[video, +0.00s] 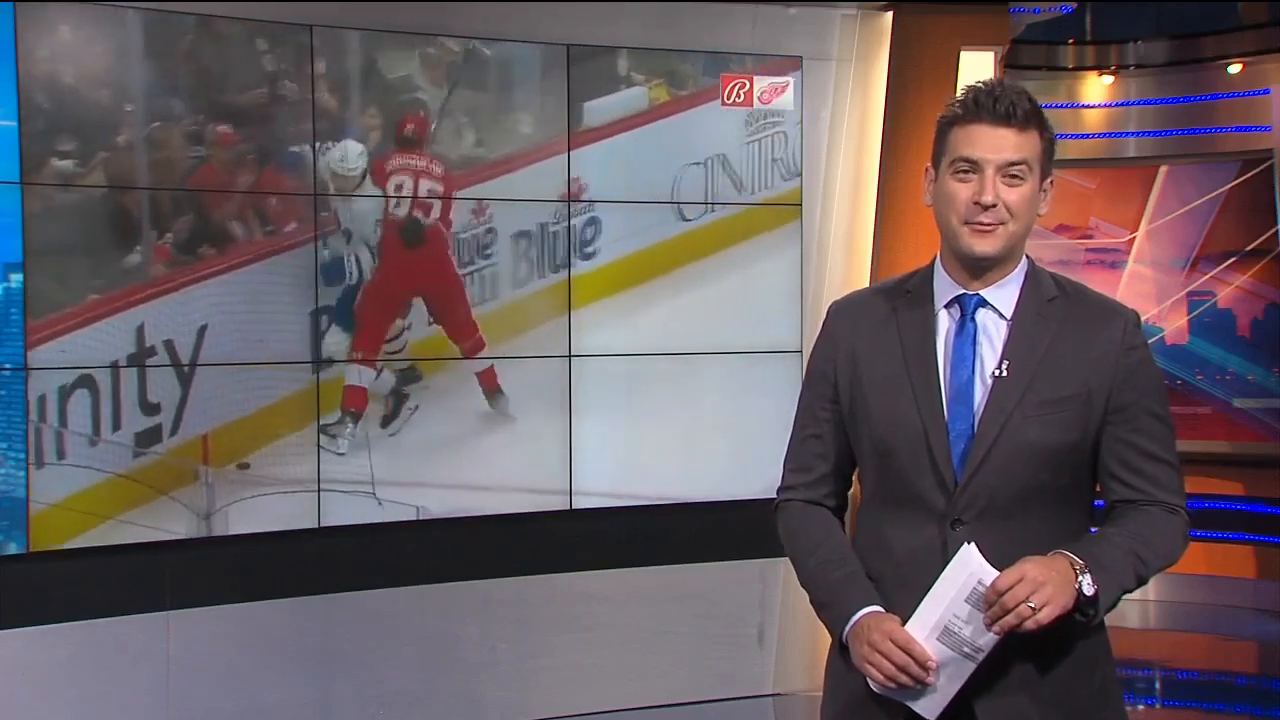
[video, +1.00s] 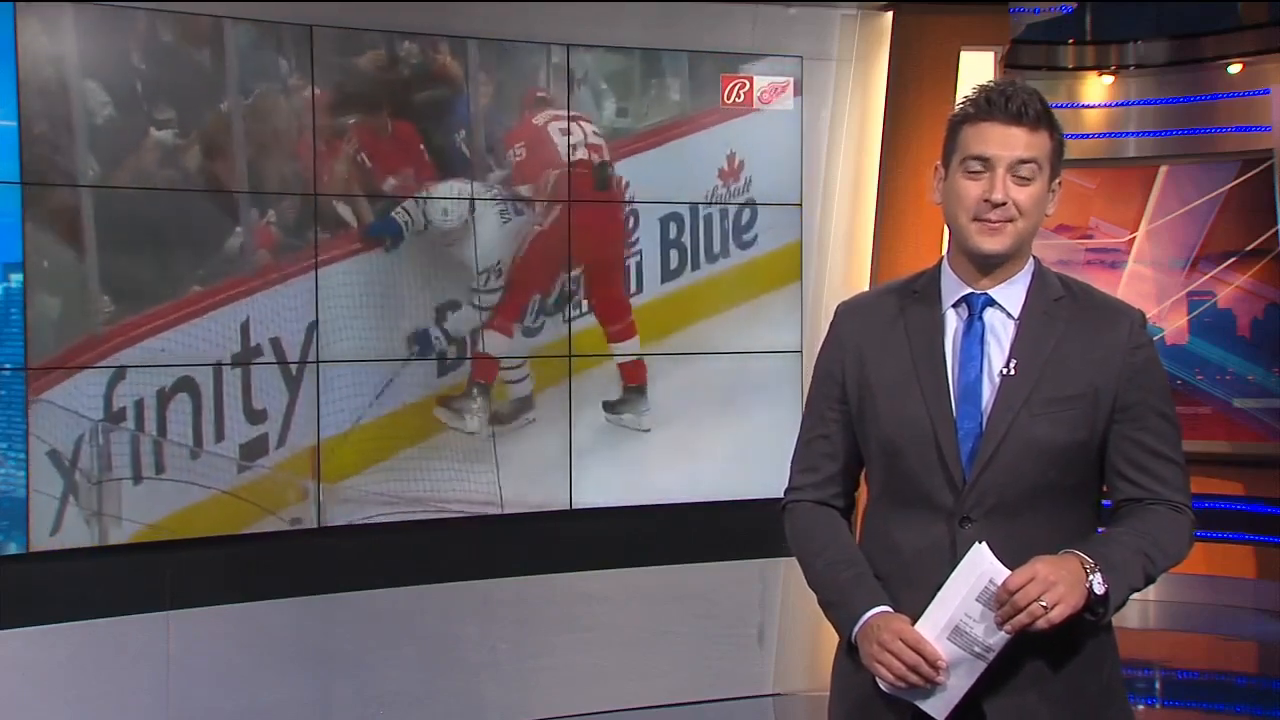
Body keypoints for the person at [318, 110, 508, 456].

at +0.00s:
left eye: (403, 129)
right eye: (421, 129)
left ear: (396, 134)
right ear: (428, 135)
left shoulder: (387, 164)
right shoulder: (442, 172)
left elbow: (375, 179)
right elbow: (446, 222)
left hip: (395, 264)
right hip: (436, 262)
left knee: (368, 331)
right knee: (463, 328)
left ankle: (350, 419)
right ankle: (495, 395)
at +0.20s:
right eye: (448, 115)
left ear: (419, 112)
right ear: (450, 117)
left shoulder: (394, 142)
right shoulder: (460, 152)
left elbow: (387, 182)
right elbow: (456, 198)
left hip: (404, 237)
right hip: (445, 237)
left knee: (386, 321)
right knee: (465, 315)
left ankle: (361, 406)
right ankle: (488, 393)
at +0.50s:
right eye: (473, 91)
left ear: (444, 92)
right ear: (474, 95)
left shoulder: (423, 122)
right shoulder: (488, 126)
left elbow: (417, 177)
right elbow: (498, 179)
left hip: (445, 229)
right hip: (490, 227)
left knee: (427, 312)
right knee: (507, 305)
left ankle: (408, 405)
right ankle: (536, 392)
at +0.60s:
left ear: (459, 91)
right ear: (491, 93)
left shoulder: (444, 120)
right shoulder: (510, 124)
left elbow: (437, 173)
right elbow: (518, 174)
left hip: (474, 223)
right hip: (519, 220)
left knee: (444, 312)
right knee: (532, 300)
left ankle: (432, 409)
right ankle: (561, 389)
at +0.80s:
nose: (480, 99)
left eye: (484, 93)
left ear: (495, 97)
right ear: (526, 96)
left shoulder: (484, 124)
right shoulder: (552, 121)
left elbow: (483, 188)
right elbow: (561, 175)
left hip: (522, 223)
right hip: (569, 221)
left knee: (482, 314)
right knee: (586, 307)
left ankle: (477, 408)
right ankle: (606, 397)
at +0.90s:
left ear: (514, 100)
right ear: (543, 99)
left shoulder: (507, 126)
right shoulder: (573, 120)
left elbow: (509, 187)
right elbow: (582, 175)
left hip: (546, 219)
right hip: (592, 219)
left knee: (494, 304)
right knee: (601, 304)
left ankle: (483, 402)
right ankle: (618, 396)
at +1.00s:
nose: (523, 120)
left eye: (522, 114)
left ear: (526, 109)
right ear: (554, 104)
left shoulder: (524, 130)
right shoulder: (586, 123)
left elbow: (529, 184)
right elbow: (604, 178)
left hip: (565, 219)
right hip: (609, 219)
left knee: (512, 301)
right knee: (611, 299)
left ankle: (477, 397)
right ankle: (635, 394)